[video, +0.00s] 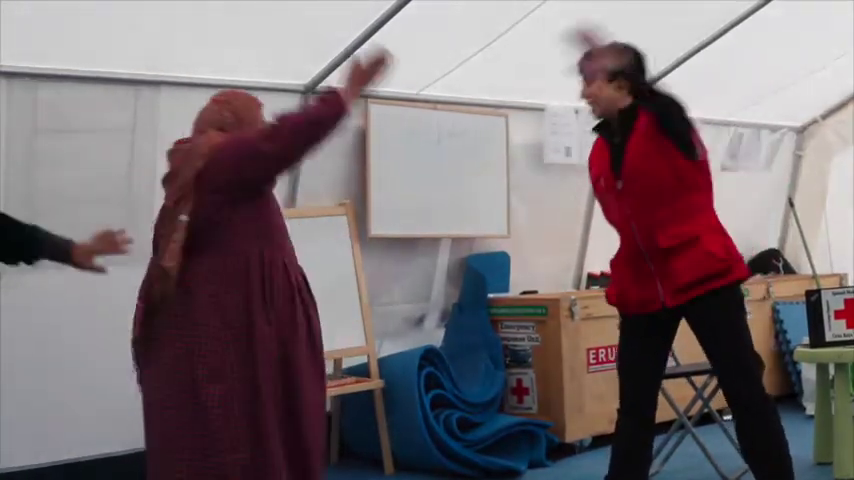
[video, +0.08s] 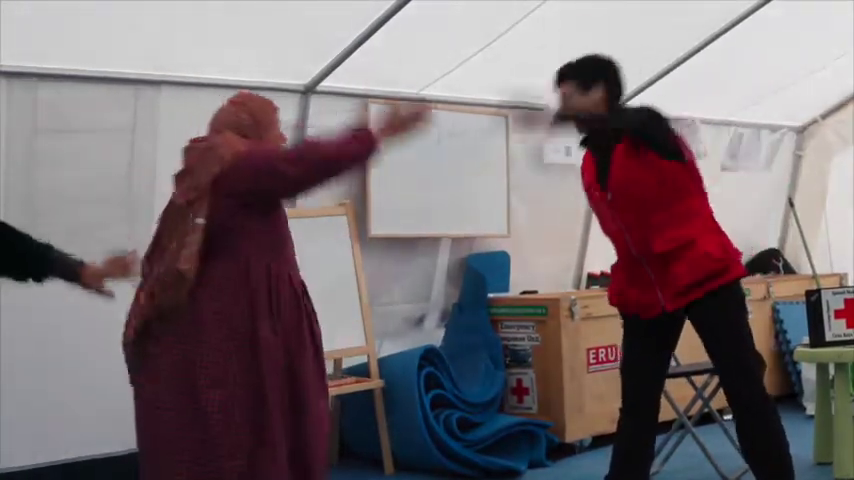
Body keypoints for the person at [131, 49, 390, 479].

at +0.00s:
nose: (265, 129)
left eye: (264, 123)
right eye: (259, 122)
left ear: (210, 121)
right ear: (233, 126)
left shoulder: (188, 164)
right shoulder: (216, 158)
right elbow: (278, 142)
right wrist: (347, 93)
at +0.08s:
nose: (284, 138)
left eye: (281, 128)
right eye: (277, 128)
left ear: (229, 128)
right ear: (250, 130)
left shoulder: (195, 174)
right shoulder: (236, 167)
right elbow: (300, 165)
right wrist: (379, 132)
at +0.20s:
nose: (305, 170)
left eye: (305, 160)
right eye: (303, 159)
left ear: (256, 144)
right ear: (284, 152)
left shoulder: (205, 192)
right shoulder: (266, 189)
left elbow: (153, 261)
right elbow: (333, 215)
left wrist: (120, 327)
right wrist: (407, 214)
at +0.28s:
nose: (325, 190)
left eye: (326, 181)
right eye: (324, 180)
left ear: (272, 157)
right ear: (309, 170)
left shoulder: (217, 200)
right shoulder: (279, 198)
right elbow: (336, 254)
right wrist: (416, 276)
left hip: (142, 339)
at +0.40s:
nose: (346, 234)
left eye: (350, 226)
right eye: (348, 224)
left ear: (309, 189)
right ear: (336, 215)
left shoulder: (255, 209)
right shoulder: (304, 237)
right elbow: (338, 315)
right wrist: (396, 362)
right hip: (197, 341)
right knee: (301, 399)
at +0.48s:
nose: (351, 274)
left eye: (357, 266)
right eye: (356, 263)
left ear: (324, 218)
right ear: (346, 247)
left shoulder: (259, 228)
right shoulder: (312, 261)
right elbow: (331, 347)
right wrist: (367, 403)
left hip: (129, 322)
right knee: (300, 405)